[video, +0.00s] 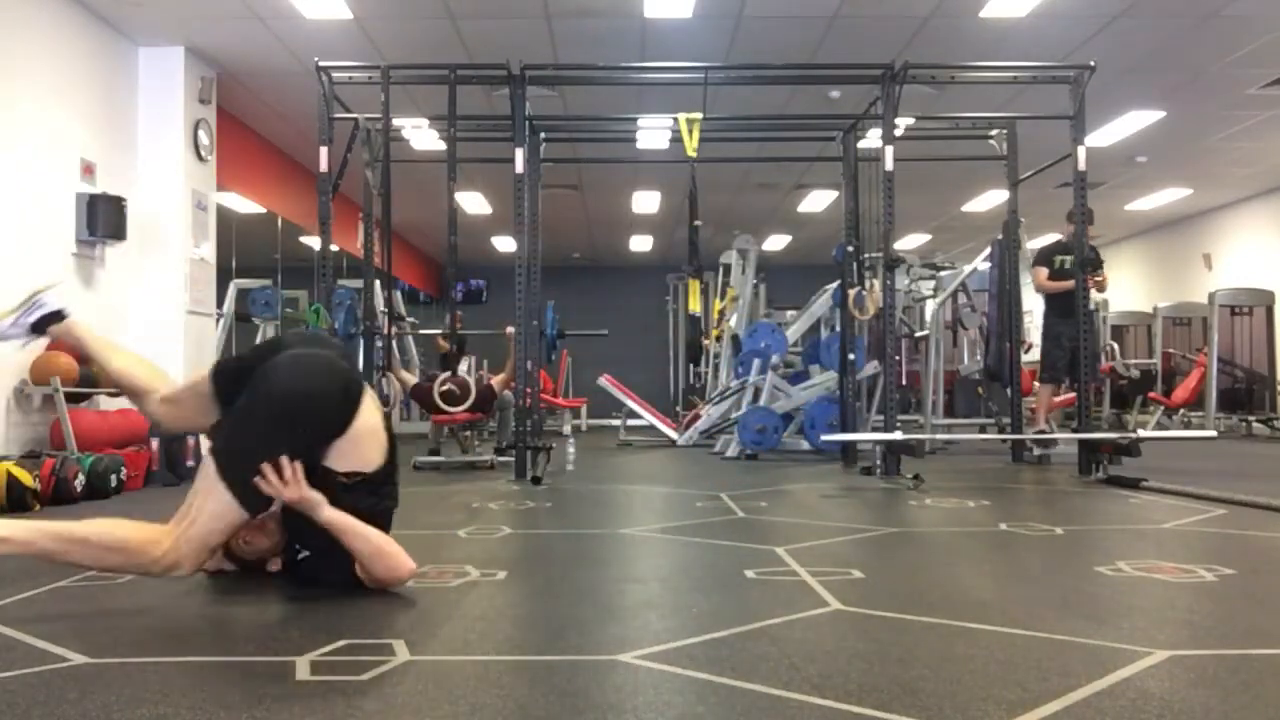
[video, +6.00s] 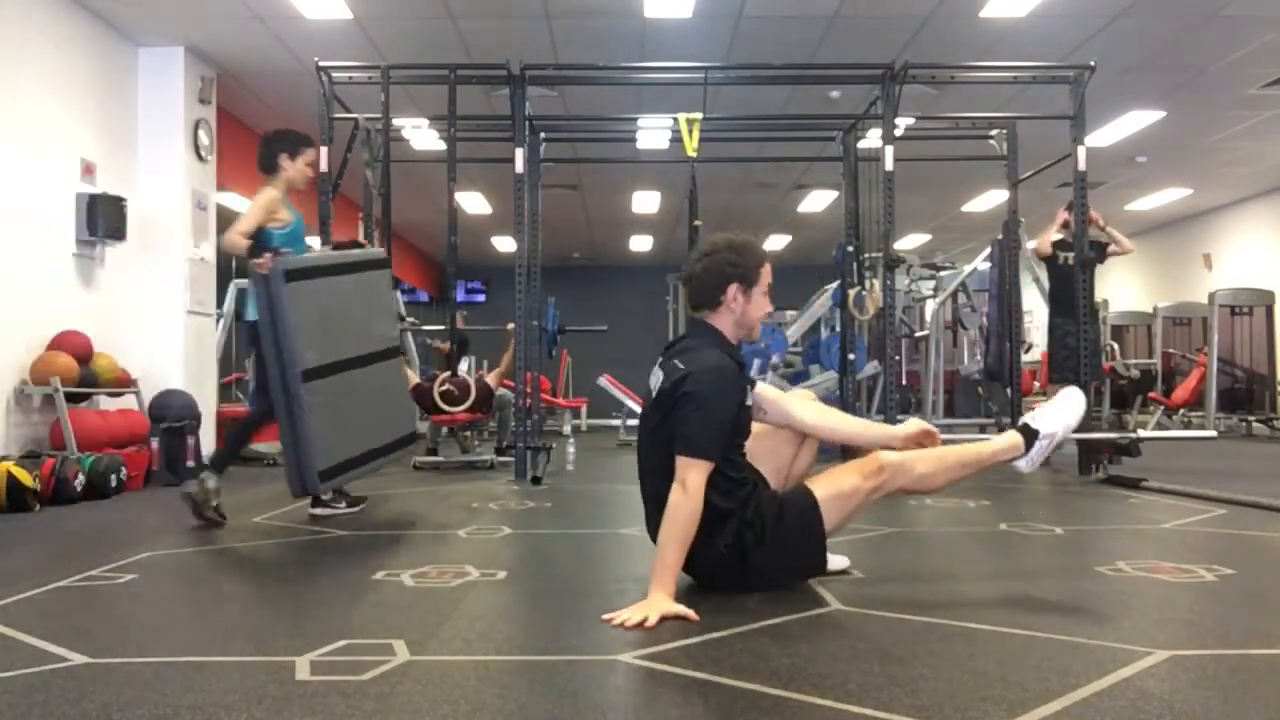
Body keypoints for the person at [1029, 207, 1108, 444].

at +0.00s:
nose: (1080, 230)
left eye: (1085, 226)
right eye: (1076, 224)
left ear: (1091, 228)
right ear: (1067, 225)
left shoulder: (1092, 254)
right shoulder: (1047, 252)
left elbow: (1101, 286)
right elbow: (1040, 284)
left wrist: (1098, 282)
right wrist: (1074, 284)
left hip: (1083, 321)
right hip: (1057, 321)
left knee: (1086, 374)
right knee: (1050, 375)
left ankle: (1085, 421)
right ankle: (1041, 423)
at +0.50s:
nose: (1061, 236)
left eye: (1063, 232)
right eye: (1059, 230)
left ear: (1060, 229)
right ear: (1047, 224)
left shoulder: (1059, 251)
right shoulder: (1028, 250)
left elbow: (1065, 279)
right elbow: (1025, 286)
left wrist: (1079, 278)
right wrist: (1061, 284)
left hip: (1058, 317)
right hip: (1035, 318)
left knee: (1067, 374)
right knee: (1037, 376)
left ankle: (1066, 425)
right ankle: (1037, 425)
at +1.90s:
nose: (1081, 229)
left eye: (1085, 224)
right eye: (1077, 223)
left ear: (1089, 225)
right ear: (1068, 223)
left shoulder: (1094, 252)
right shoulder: (1052, 251)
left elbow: (1102, 280)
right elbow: (1044, 284)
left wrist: (1101, 281)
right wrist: (1078, 283)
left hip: (1086, 318)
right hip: (1060, 318)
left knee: (1086, 373)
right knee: (1051, 373)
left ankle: (1085, 422)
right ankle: (1040, 423)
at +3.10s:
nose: (1078, 222)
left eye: (1082, 217)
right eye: (1073, 217)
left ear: (1088, 220)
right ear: (1065, 220)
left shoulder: (1097, 250)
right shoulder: (1052, 251)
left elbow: (1111, 285)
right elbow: (1034, 283)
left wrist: (1100, 274)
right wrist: (1051, 297)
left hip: (1090, 320)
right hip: (1063, 321)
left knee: (1090, 376)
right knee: (1058, 376)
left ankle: (1087, 425)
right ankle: (1054, 428)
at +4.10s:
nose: (1081, 223)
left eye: (1085, 218)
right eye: (1076, 219)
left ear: (1089, 220)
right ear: (1065, 221)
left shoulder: (1091, 250)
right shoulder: (1051, 252)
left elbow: (1111, 277)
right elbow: (1038, 281)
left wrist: (1096, 255)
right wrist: (1068, 266)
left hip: (1089, 320)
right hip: (1062, 320)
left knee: (1089, 376)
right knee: (1058, 377)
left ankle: (1087, 424)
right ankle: (1054, 428)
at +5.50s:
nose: (1080, 223)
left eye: (1085, 217)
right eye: (1075, 217)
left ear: (1090, 222)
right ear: (1066, 220)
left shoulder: (1093, 248)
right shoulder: (1057, 245)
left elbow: (1128, 253)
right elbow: (1043, 253)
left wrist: (1106, 230)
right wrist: (1058, 229)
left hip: (1088, 318)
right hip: (1063, 317)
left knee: (1088, 376)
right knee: (1058, 376)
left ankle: (1086, 425)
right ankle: (1055, 427)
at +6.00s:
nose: (1081, 220)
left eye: (1085, 215)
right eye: (1076, 214)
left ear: (1090, 219)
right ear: (1067, 218)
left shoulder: (1092, 247)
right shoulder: (1056, 244)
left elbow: (1127, 248)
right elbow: (1041, 250)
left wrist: (1103, 226)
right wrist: (1057, 223)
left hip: (1087, 315)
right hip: (1062, 315)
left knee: (1088, 373)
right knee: (1062, 375)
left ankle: (1086, 417)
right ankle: (1061, 416)